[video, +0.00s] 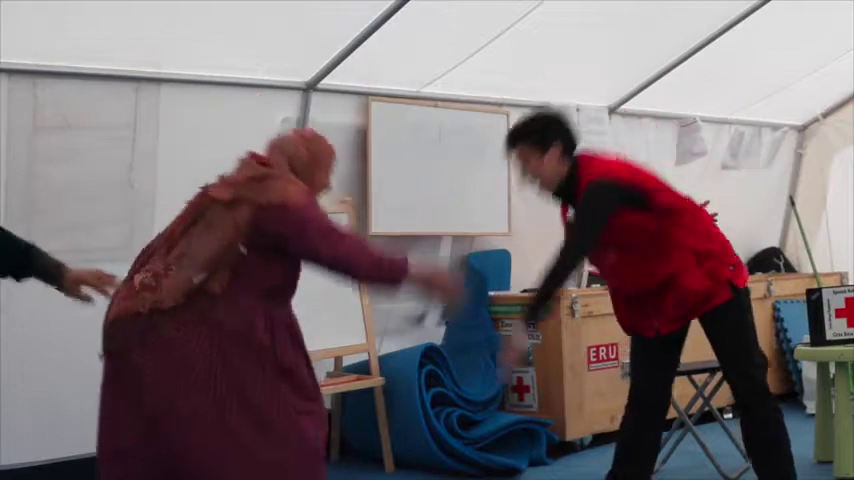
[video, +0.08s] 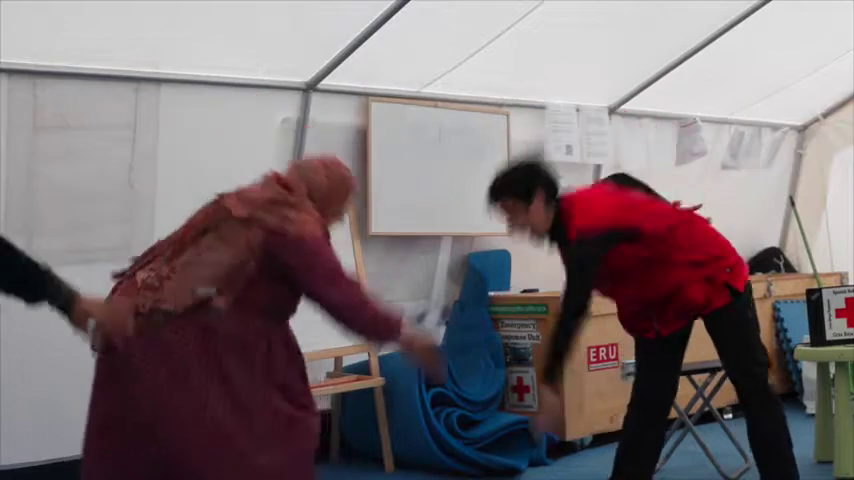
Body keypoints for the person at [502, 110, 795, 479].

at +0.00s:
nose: (527, 175)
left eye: (529, 163)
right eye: (522, 166)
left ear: (556, 151)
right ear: (550, 156)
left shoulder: (601, 180)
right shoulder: (575, 194)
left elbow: (570, 258)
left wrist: (529, 320)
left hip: (708, 276)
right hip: (656, 292)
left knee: (750, 389)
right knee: (645, 404)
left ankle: (777, 473)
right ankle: (627, 475)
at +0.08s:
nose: (513, 225)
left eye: (514, 212)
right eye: (507, 217)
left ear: (539, 198)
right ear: (535, 201)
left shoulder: (586, 224)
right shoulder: (574, 210)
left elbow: (574, 308)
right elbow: (619, 179)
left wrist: (550, 371)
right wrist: (667, 214)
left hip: (713, 276)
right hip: (660, 296)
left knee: (754, 390)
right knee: (648, 407)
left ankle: (780, 471)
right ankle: (630, 473)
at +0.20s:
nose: (513, 298)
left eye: (512, 288)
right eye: (506, 292)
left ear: (531, 272)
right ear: (532, 268)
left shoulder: (584, 281)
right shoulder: (564, 245)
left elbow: (594, 363)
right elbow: (600, 195)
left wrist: (590, 436)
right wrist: (649, 216)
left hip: (713, 275)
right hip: (661, 299)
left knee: (755, 390)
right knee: (651, 406)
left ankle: (784, 473)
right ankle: (632, 473)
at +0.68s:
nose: (514, 267)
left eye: (513, 257)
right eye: (507, 261)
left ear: (536, 241)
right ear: (537, 237)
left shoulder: (585, 262)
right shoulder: (572, 231)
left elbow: (590, 339)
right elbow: (610, 196)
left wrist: (574, 413)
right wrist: (666, 213)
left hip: (717, 271)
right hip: (664, 291)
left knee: (754, 386)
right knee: (652, 401)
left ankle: (782, 473)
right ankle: (633, 474)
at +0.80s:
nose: (518, 193)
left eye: (522, 182)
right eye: (514, 185)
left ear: (551, 173)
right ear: (545, 178)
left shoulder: (598, 199)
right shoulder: (565, 219)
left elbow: (586, 278)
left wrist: (558, 349)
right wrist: (552, 343)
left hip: (713, 270)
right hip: (658, 290)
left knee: (750, 383)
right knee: (649, 400)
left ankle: (781, 473)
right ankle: (631, 474)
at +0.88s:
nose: (530, 150)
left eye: (536, 138)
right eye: (527, 140)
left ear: (567, 133)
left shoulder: (609, 167)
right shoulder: (572, 191)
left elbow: (591, 242)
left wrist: (555, 307)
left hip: (708, 272)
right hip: (653, 288)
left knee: (748, 387)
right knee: (645, 401)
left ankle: (780, 473)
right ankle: (631, 474)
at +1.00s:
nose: (558, 104)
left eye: (564, 93)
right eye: (556, 95)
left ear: (598, 91)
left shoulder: (636, 130)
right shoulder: (586, 162)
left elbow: (618, 191)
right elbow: (613, 231)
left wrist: (569, 246)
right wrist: (618, 291)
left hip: (697, 271)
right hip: (642, 286)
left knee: (741, 387)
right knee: (636, 406)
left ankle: (777, 475)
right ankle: (627, 476)